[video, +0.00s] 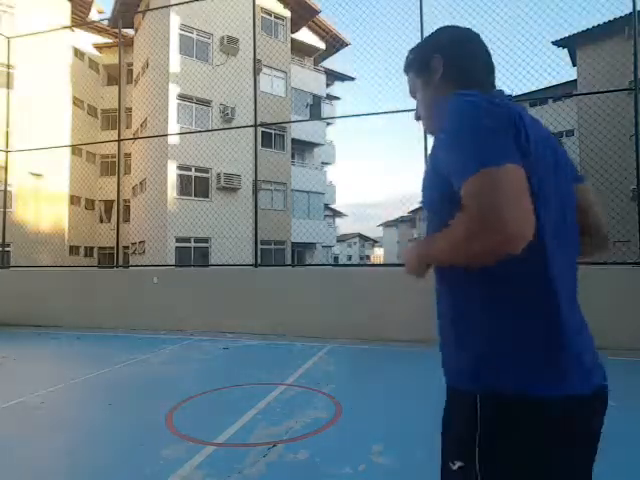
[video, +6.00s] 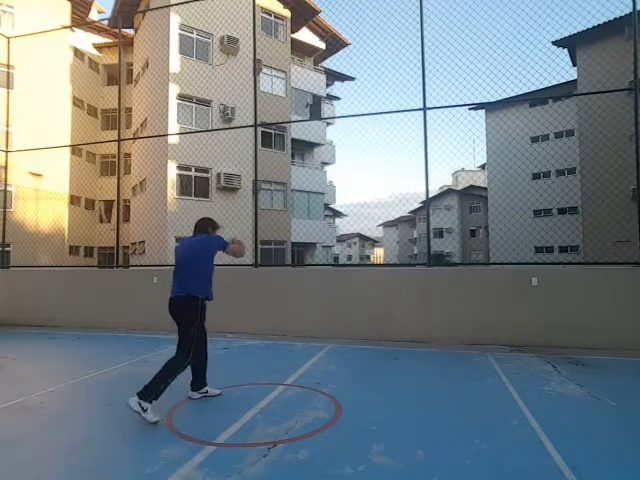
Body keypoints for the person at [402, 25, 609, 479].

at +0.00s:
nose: (418, 114)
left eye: (415, 94)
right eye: (413, 98)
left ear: (437, 70)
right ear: (484, 73)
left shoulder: (470, 113)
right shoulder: (537, 132)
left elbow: (503, 224)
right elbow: (591, 234)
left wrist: (427, 250)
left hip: (506, 388)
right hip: (567, 386)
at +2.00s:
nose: (394, 165)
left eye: (394, 158)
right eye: (394, 157)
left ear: (402, 160)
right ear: (441, 161)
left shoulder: (380, 204)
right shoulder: (469, 214)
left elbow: (342, 277)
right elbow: (455, 267)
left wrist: (346, 244)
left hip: (387, 381)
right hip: (454, 383)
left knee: (356, 472)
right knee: (470, 473)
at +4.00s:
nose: (229, 217)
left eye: (230, 212)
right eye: (229, 212)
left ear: (201, 206)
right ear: (221, 212)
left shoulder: (176, 229)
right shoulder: (211, 239)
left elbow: (167, 276)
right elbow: (235, 270)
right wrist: (238, 231)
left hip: (174, 324)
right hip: (195, 330)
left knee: (215, 368)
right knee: (188, 398)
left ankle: (209, 437)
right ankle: (146, 472)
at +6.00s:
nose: (217, 235)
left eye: (217, 232)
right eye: (216, 232)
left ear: (197, 231)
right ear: (210, 230)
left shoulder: (182, 245)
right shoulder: (211, 240)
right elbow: (239, 252)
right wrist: (237, 243)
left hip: (178, 302)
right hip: (193, 303)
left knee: (200, 345)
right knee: (184, 355)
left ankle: (199, 387)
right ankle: (143, 399)